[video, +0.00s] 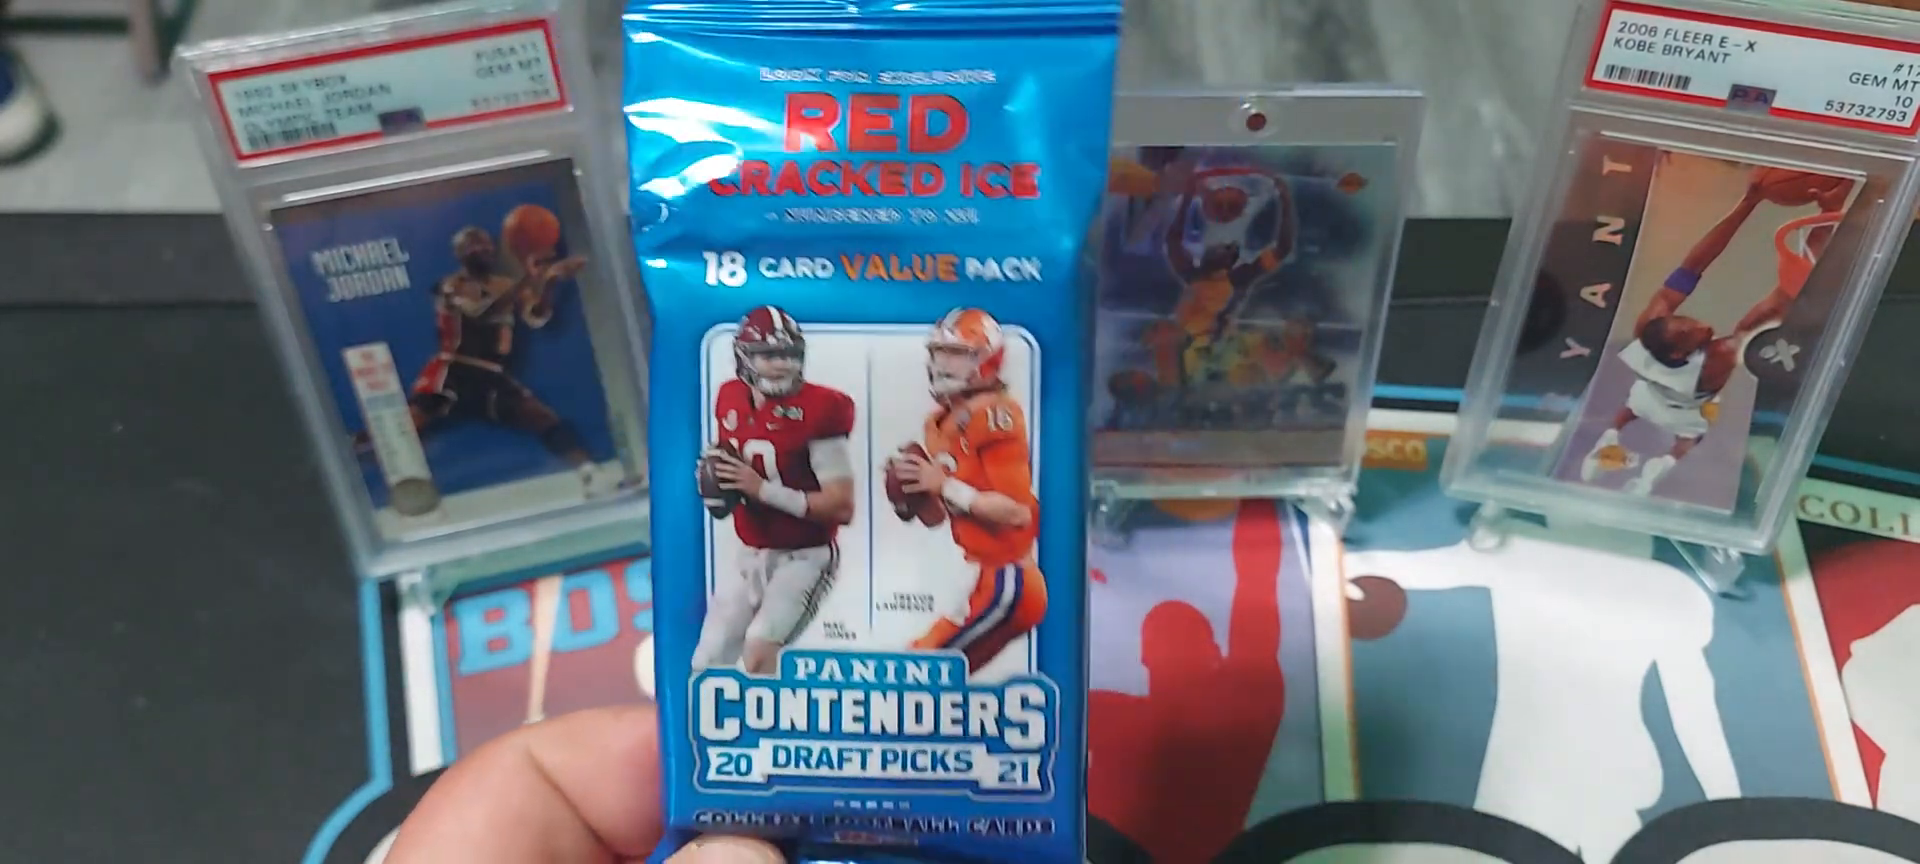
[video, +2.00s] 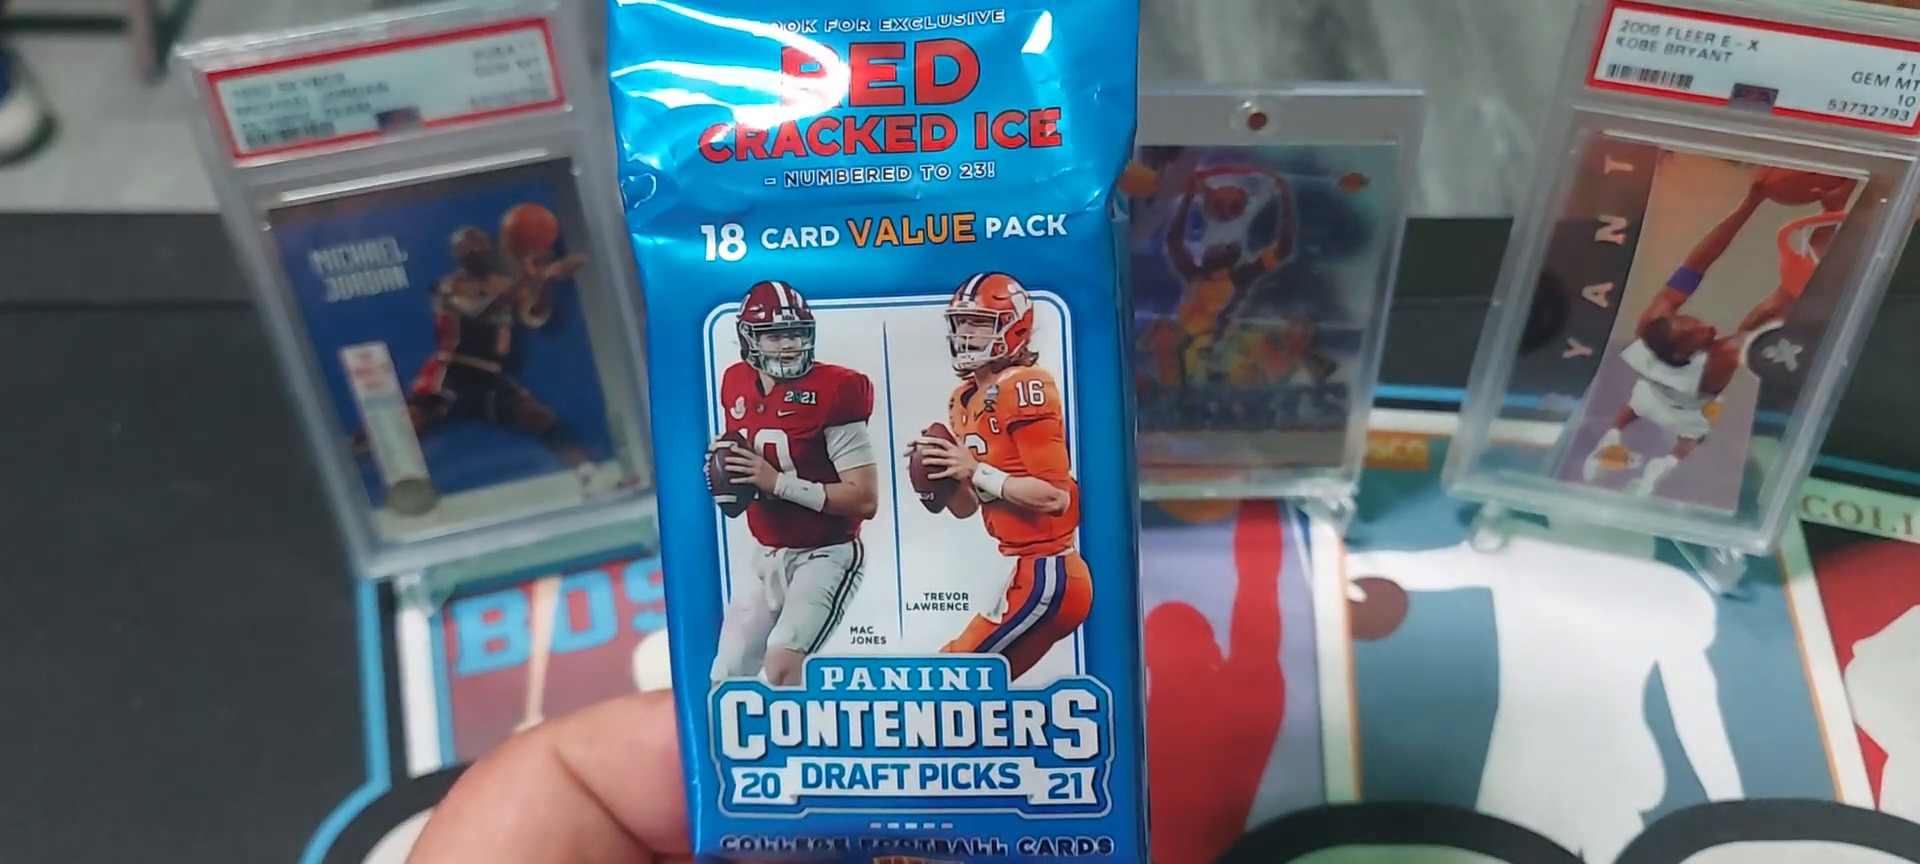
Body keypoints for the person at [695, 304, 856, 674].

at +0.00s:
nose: (779, 364)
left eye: (788, 354)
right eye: (768, 355)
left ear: (800, 356)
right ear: (745, 358)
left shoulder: (822, 408)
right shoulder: (731, 397)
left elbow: (842, 507)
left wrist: (761, 488)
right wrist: (712, 477)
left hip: (805, 558)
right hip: (749, 557)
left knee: (759, 650)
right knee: (706, 662)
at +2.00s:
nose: (787, 346)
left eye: (795, 335)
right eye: (775, 336)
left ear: (808, 336)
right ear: (750, 339)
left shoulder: (837, 390)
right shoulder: (736, 382)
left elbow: (864, 499)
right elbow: (739, 457)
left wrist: (776, 481)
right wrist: (722, 467)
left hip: (828, 555)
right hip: (766, 557)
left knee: (780, 669)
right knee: (726, 678)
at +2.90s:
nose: (812, 379)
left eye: (821, 368)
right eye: (799, 369)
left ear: (833, 370)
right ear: (775, 372)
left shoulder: (861, 424)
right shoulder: (762, 415)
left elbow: (886, 535)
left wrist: (799, 515)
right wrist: (745, 502)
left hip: (850, 589)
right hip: (788, 591)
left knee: (800, 703)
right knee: (745, 714)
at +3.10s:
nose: (789, 353)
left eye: (798, 342)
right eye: (777, 343)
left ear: (811, 343)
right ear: (752, 346)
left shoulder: (839, 398)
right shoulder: (739, 390)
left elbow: (863, 508)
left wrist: (775, 490)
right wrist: (724, 480)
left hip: (828, 564)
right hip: (767, 567)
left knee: (779, 678)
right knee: (724, 690)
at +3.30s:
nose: (781, 366)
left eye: (790, 354)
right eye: (767, 356)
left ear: (804, 357)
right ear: (745, 361)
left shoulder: (834, 413)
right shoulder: (735, 404)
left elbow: (862, 524)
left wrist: (773, 506)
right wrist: (720, 499)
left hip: (827, 581)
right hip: (766, 583)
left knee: (780, 694)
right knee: (724, 705)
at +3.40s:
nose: (852, 384)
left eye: (861, 372)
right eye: (838, 373)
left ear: (875, 375)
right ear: (813, 377)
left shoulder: (902, 432)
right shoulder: (802, 420)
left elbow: (925, 546)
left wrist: (836, 524)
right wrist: (783, 514)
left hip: (887, 602)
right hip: (826, 602)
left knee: (836, 715)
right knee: (779, 726)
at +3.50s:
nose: (904, 412)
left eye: (914, 400)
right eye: (890, 400)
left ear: (928, 402)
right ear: (865, 403)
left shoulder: (956, 461)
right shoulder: (852, 447)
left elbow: (975, 577)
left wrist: (885, 553)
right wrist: (832, 543)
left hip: (935, 635)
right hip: (871, 632)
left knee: (881, 748)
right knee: (823, 757)